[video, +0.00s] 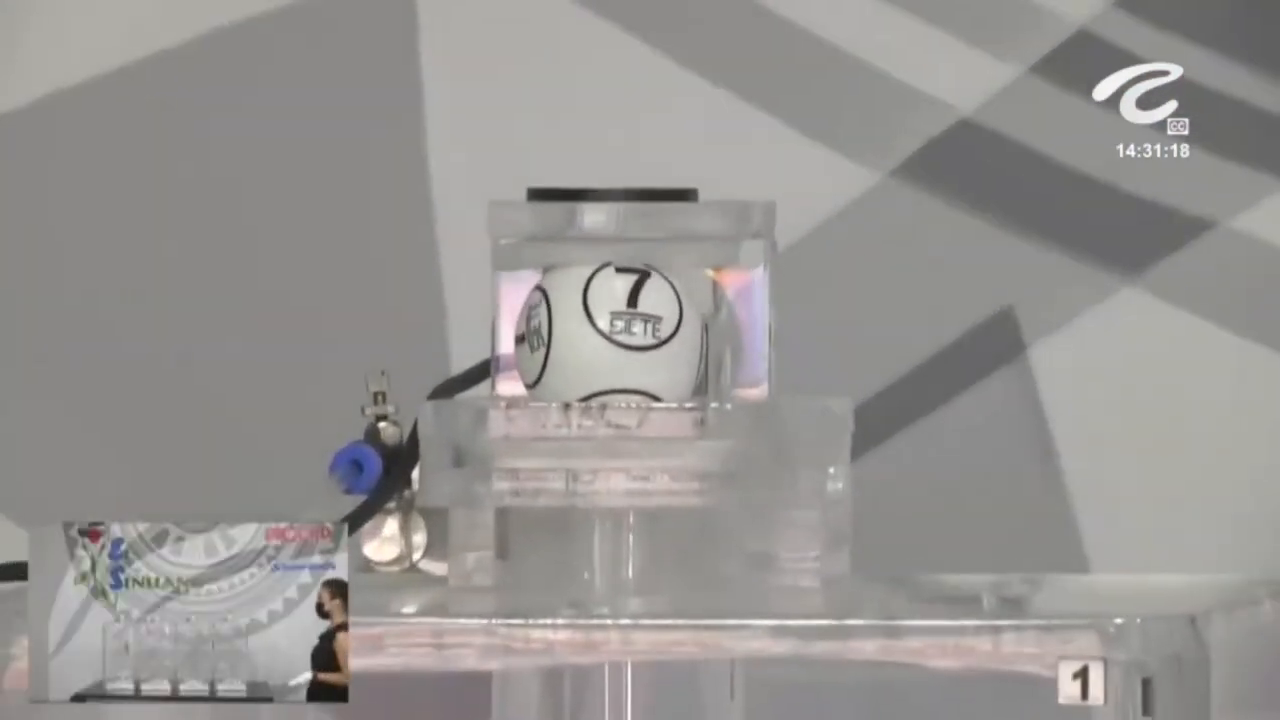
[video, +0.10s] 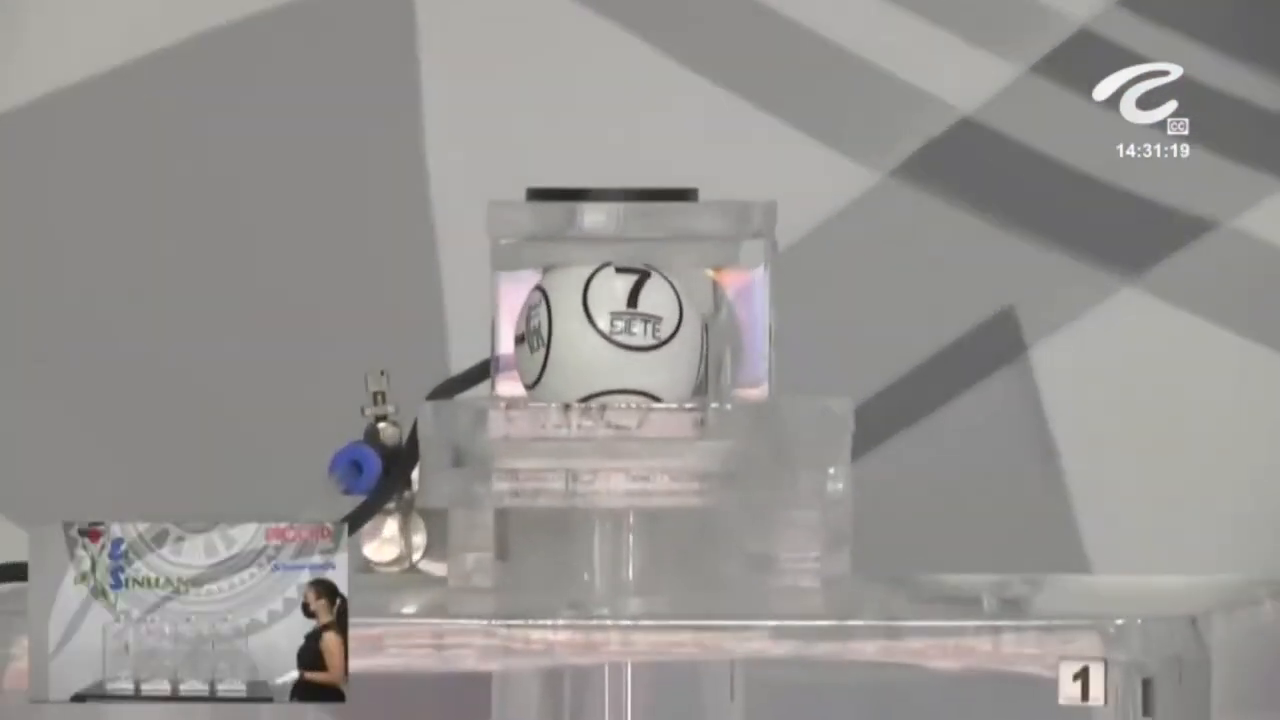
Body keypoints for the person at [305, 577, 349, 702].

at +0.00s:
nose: (319, 603)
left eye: (323, 599)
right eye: (320, 599)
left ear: (337, 602)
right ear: (335, 602)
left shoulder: (342, 635)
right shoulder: (330, 633)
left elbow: (348, 677)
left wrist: (316, 676)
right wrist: (312, 676)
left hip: (332, 703)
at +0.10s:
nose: (305, 603)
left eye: (308, 599)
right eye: (305, 599)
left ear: (322, 601)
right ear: (321, 602)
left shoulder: (330, 635)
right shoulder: (319, 632)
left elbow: (337, 677)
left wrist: (303, 675)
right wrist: (300, 673)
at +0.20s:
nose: (291, 600)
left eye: (295, 596)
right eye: (291, 596)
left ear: (308, 600)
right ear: (307, 600)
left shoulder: (317, 633)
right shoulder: (305, 630)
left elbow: (324, 674)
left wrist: (292, 674)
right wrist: (290, 672)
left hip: (312, 699)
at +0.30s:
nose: (278, 600)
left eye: (281, 596)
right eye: (278, 596)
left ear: (294, 599)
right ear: (292, 600)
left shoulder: (303, 633)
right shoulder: (292, 630)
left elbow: (313, 674)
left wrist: (279, 674)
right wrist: (278, 672)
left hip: (299, 698)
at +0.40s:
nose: (266, 603)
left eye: (269, 598)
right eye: (266, 598)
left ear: (280, 602)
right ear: (280, 602)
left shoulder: (288, 636)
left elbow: (298, 677)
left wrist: (265, 677)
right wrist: (264, 676)